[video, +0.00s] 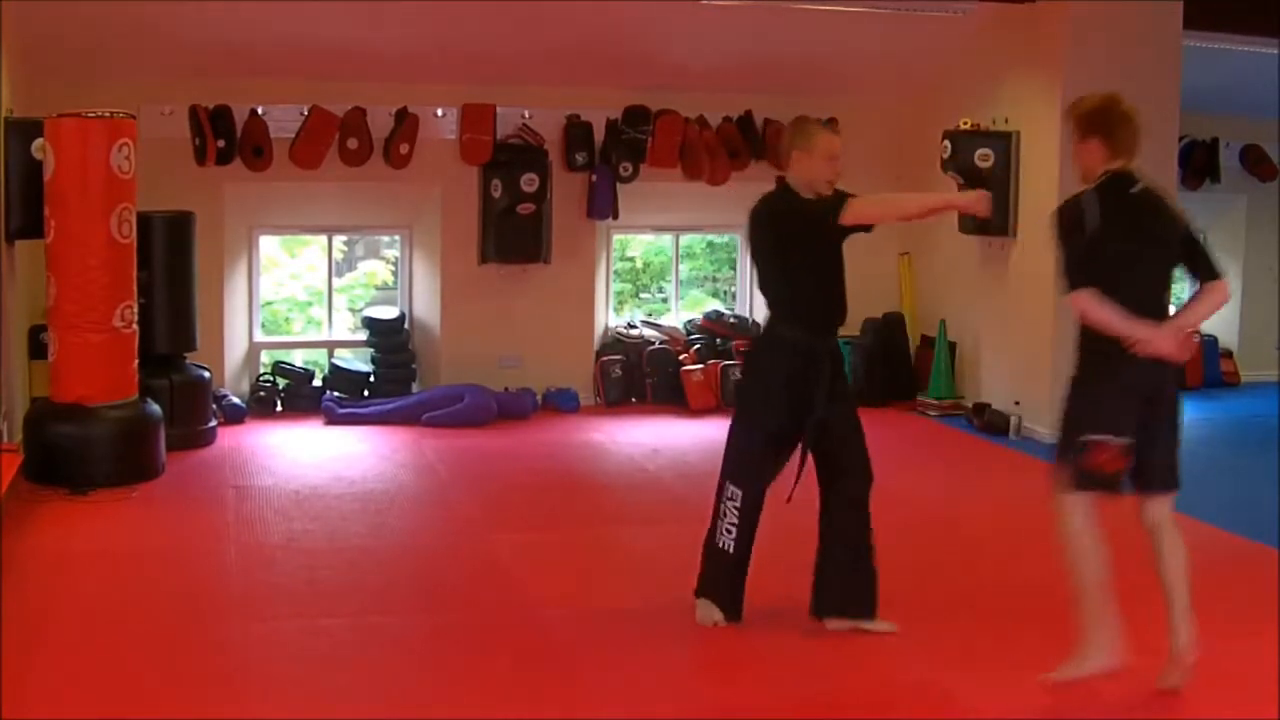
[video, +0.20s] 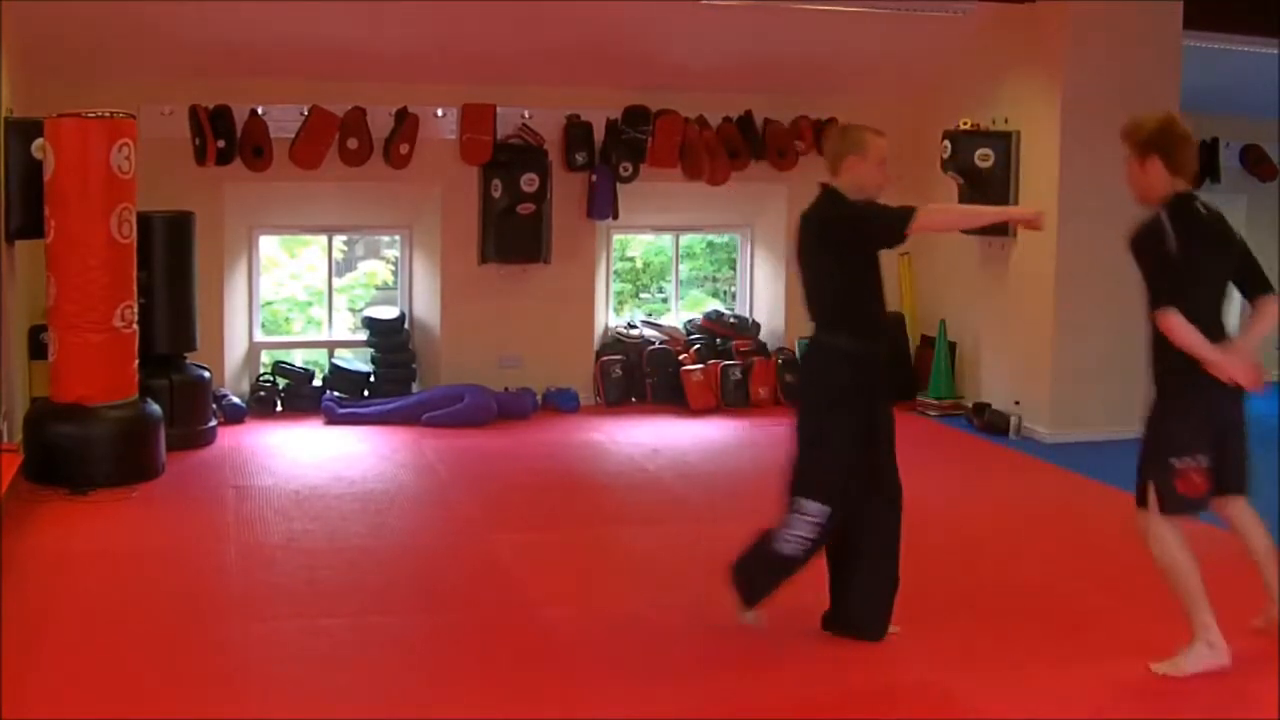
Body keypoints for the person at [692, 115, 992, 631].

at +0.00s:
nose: (836, 171)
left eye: (838, 160)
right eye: (828, 160)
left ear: (813, 163)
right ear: (795, 160)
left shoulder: (824, 207)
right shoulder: (775, 210)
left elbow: (893, 209)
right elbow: (875, 211)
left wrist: (953, 201)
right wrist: (956, 200)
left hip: (822, 361)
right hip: (780, 359)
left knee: (849, 478)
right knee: (744, 478)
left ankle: (842, 604)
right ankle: (715, 594)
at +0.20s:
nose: (886, 173)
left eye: (886, 163)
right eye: (880, 162)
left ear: (845, 165)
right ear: (851, 164)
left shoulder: (834, 215)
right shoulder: (838, 217)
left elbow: (917, 222)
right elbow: (924, 218)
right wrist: (1008, 213)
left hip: (857, 378)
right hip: (838, 378)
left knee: (873, 495)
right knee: (826, 495)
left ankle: (858, 614)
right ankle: (751, 578)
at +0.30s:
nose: (910, 165)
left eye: (910, 156)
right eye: (905, 155)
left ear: (869, 158)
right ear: (878, 157)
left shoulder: (848, 207)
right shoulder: (865, 209)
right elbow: (954, 212)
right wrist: (1033, 204)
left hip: (860, 359)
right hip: (870, 364)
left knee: (865, 482)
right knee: (886, 487)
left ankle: (833, 590)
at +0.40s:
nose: (941, 156)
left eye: (940, 147)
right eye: (936, 147)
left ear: (897, 152)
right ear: (910, 151)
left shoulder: (880, 203)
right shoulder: (890, 205)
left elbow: (961, 213)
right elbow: (974, 207)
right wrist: (1057, 196)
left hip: (881, 356)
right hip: (894, 361)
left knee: (875, 484)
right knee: (926, 486)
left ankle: (851, 611)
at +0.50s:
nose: (971, 175)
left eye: (970, 165)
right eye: (965, 163)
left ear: (924, 164)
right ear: (937, 164)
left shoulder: (896, 215)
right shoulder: (925, 217)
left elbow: (976, 221)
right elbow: (1008, 214)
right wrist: (1084, 204)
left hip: (902, 376)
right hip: (933, 376)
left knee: (898, 497)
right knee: (963, 504)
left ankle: (856, 611)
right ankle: (988, 642)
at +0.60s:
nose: (998, 187)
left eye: (998, 177)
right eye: (994, 175)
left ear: (950, 174)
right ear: (968, 173)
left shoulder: (915, 224)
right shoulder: (955, 226)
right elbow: (1027, 228)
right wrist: (1102, 214)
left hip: (929, 375)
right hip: (964, 376)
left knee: (953, 501)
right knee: (1007, 507)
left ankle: (889, 591)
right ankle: (995, 649)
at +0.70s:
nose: (1018, 183)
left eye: (1017, 172)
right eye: (1013, 172)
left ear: (969, 172)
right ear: (990, 171)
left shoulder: (942, 220)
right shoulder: (972, 221)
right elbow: (1046, 230)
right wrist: (1121, 218)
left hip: (961, 371)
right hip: (986, 373)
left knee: (994, 495)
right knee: (1017, 506)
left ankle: (940, 583)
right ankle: (994, 647)